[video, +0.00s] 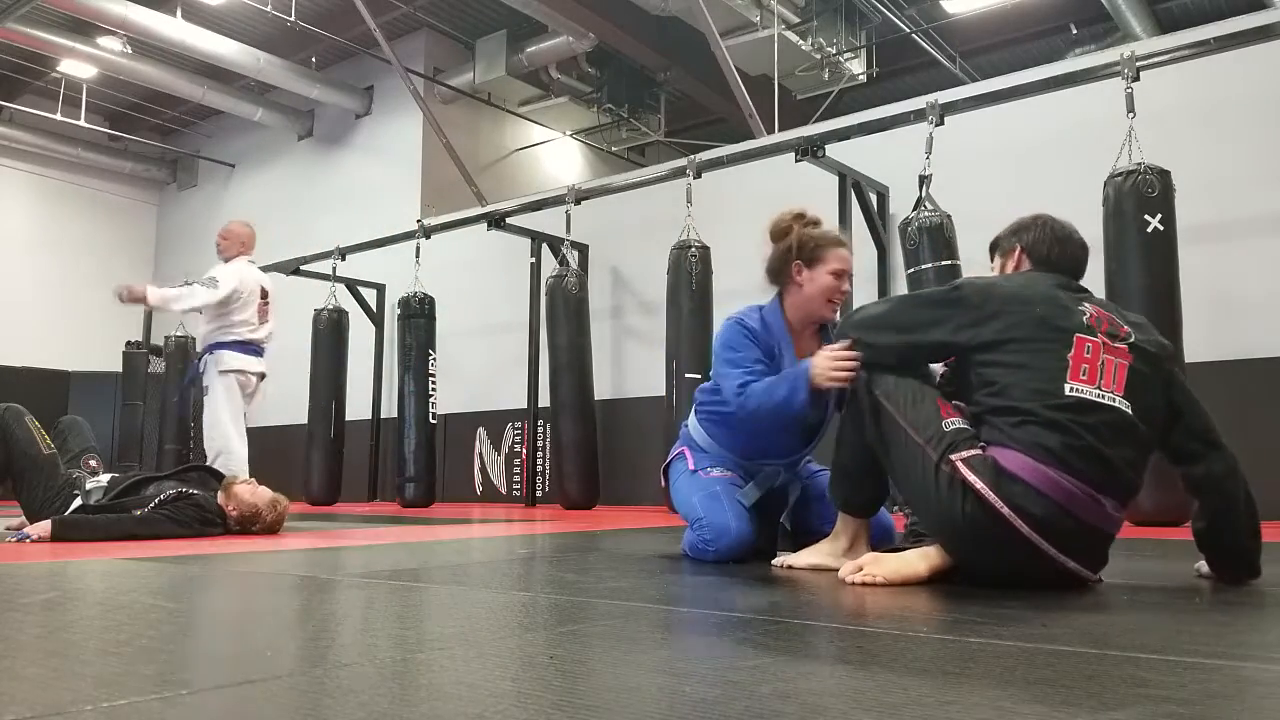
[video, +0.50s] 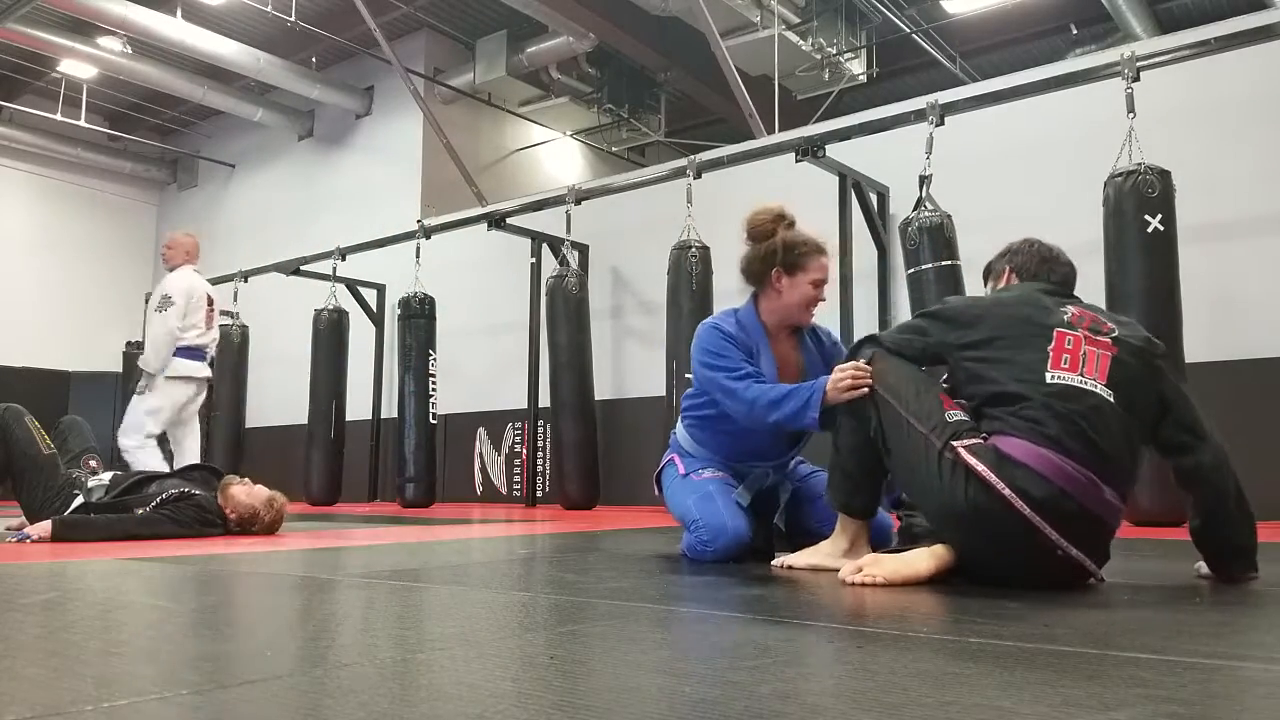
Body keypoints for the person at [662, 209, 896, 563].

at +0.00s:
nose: (846, 289)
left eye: (848, 279)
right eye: (837, 276)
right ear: (799, 273)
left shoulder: (835, 342)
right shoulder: (741, 331)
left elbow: (860, 412)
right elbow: (744, 404)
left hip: (788, 466)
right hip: (710, 461)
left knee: (881, 532)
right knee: (730, 539)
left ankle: (783, 519)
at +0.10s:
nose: (847, 290)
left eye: (848, 280)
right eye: (838, 277)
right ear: (801, 273)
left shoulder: (836, 342)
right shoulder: (741, 332)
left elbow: (861, 414)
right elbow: (769, 406)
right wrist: (838, 381)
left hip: (790, 465)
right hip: (711, 460)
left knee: (880, 532)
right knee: (731, 540)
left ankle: (783, 525)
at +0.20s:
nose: (841, 290)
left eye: (842, 280)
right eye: (834, 277)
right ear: (797, 273)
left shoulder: (837, 338)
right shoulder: (733, 334)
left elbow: (861, 415)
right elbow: (760, 409)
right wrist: (836, 386)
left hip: (788, 464)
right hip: (711, 459)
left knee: (880, 532)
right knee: (729, 540)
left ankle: (779, 525)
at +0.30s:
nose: (834, 291)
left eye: (835, 281)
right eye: (827, 279)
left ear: (795, 278)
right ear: (790, 276)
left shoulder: (833, 339)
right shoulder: (726, 334)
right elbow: (756, 409)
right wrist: (832, 391)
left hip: (785, 465)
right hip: (708, 461)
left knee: (880, 533)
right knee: (727, 540)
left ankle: (779, 523)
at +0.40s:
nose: (827, 293)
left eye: (828, 283)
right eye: (820, 282)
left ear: (789, 279)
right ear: (783, 278)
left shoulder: (828, 341)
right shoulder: (720, 334)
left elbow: (863, 421)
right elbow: (753, 405)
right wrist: (828, 392)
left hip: (781, 467)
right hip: (703, 464)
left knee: (879, 533)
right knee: (727, 539)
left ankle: (775, 525)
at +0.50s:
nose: (823, 296)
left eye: (823, 286)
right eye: (816, 285)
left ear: (785, 282)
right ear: (779, 280)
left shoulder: (822, 344)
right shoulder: (716, 336)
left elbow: (859, 422)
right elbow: (750, 403)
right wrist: (821, 393)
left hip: (778, 469)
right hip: (701, 465)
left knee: (878, 532)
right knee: (728, 538)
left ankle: (774, 524)